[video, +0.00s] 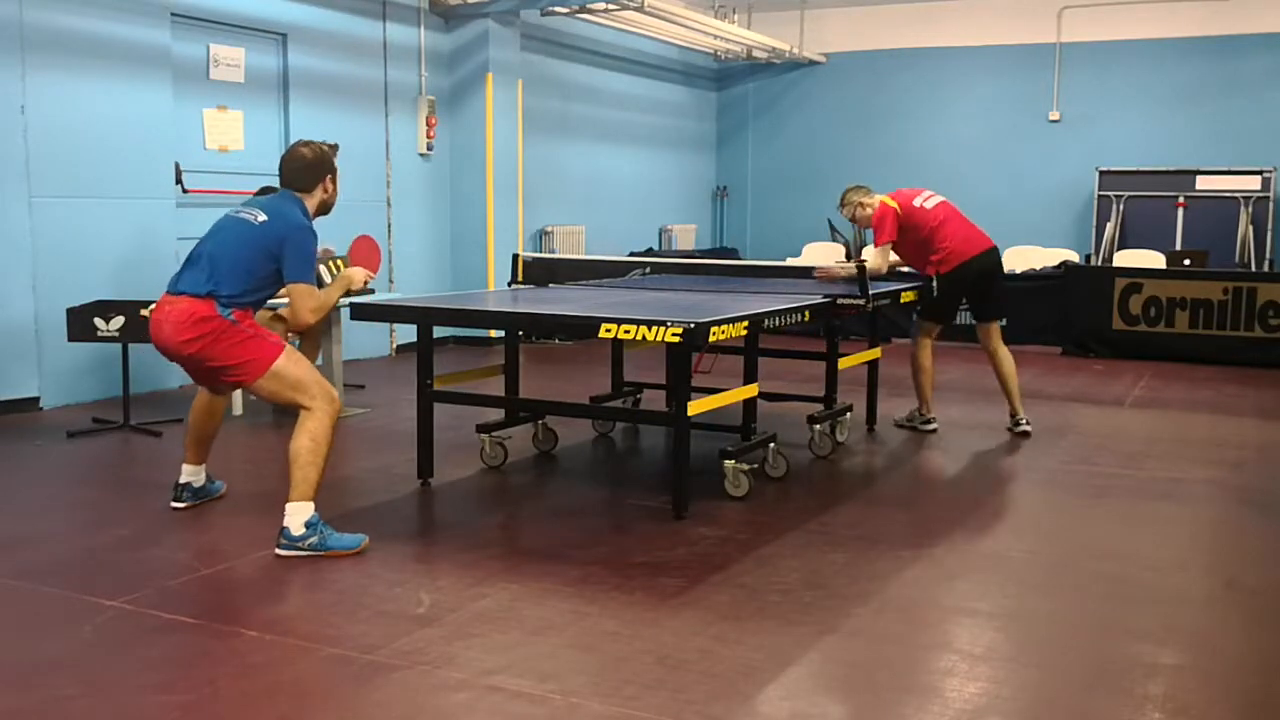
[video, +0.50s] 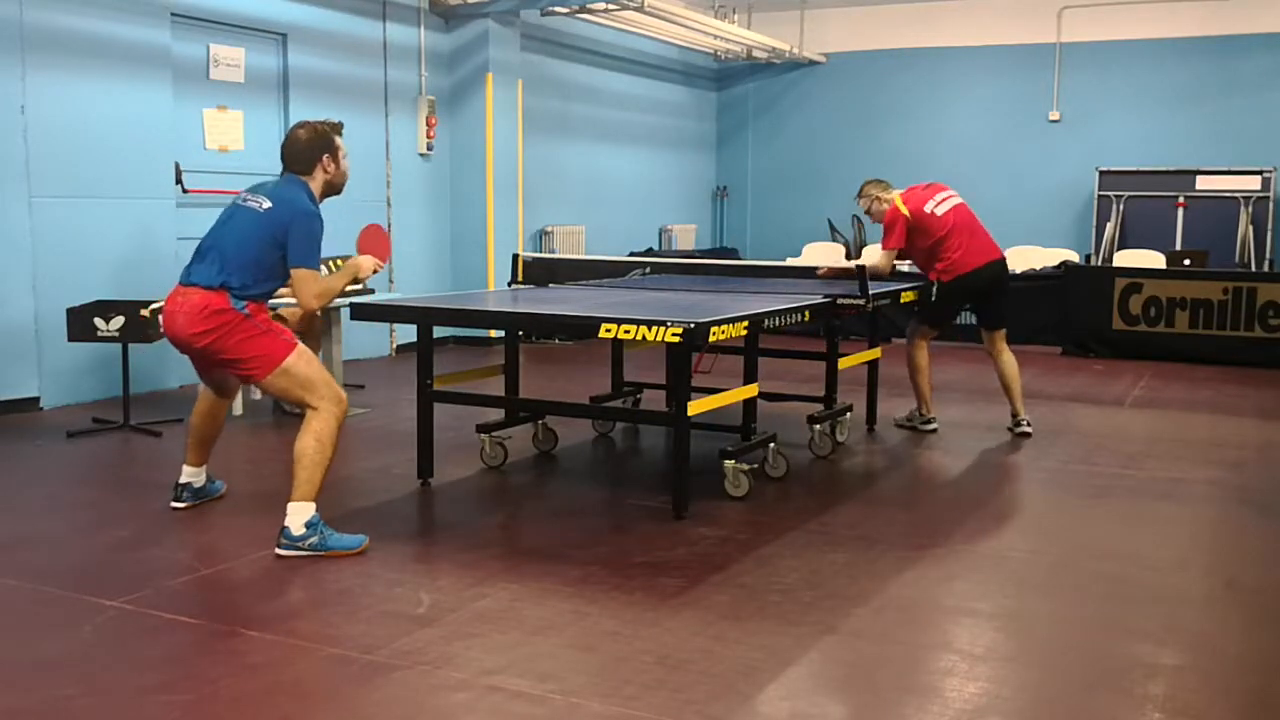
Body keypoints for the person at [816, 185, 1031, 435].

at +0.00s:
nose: (859, 226)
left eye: (855, 218)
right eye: (854, 222)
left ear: (863, 203)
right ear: (871, 196)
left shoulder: (884, 208)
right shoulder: (909, 196)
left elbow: (879, 267)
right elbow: (915, 254)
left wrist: (842, 272)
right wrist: (879, 263)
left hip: (952, 266)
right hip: (987, 254)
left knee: (923, 336)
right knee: (994, 341)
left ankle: (925, 412)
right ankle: (1019, 415)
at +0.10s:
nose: (860, 229)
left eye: (856, 221)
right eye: (855, 224)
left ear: (866, 206)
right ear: (872, 200)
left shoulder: (885, 212)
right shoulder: (912, 197)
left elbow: (879, 270)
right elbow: (914, 256)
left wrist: (842, 273)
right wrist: (870, 263)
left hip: (953, 269)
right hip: (989, 257)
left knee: (920, 337)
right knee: (994, 342)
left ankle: (924, 413)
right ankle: (1020, 416)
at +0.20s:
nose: (862, 229)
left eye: (858, 222)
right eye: (857, 225)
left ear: (869, 207)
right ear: (874, 201)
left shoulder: (887, 214)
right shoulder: (913, 198)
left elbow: (880, 271)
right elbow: (913, 255)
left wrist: (841, 271)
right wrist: (880, 260)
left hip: (953, 273)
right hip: (990, 260)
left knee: (918, 338)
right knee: (996, 344)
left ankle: (924, 413)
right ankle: (1020, 416)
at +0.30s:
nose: (864, 228)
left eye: (860, 220)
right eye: (859, 223)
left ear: (870, 206)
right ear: (879, 199)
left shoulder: (889, 214)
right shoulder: (918, 197)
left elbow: (880, 271)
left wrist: (841, 270)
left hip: (954, 275)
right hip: (992, 263)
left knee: (918, 338)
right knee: (996, 344)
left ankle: (924, 413)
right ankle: (1020, 417)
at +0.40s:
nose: (869, 225)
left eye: (865, 218)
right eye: (864, 221)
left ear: (876, 202)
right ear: (884, 196)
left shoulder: (893, 213)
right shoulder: (925, 192)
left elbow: (881, 270)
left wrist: (841, 270)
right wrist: (896, 259)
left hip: (954, 276)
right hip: (993, 264)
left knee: (918, 338)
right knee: (997, 344)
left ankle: (924, 413)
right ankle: (1021, 417)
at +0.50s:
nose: (873, 219)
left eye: (870, 212)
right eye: (868, 214)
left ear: (882, 197)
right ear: (889, 191)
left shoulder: (896, 210)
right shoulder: (931, 188)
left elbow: (882, 269)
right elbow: (925, 249)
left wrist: (844, 271)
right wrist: (892, 254)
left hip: (955, 276)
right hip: (994, 266)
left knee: (918, 338)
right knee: (998, 345)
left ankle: (924, 414)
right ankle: (1021, 417)